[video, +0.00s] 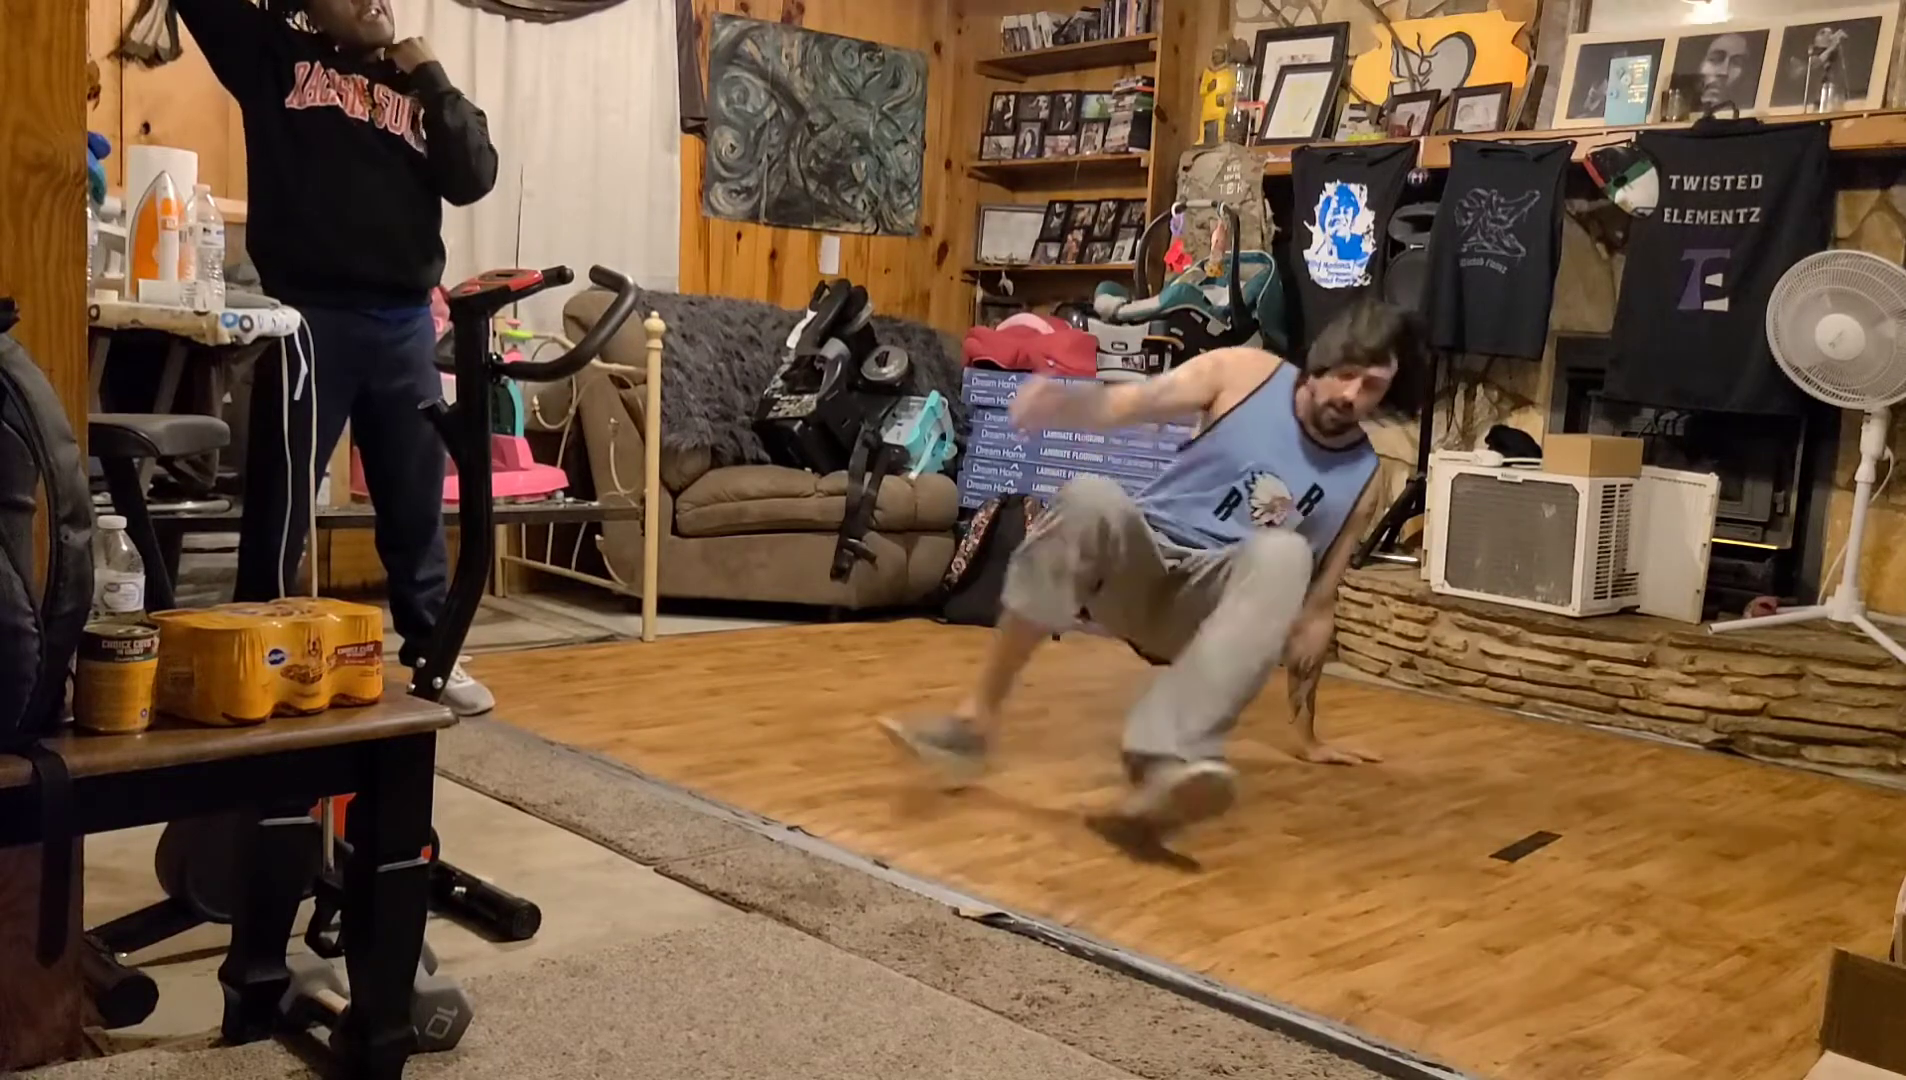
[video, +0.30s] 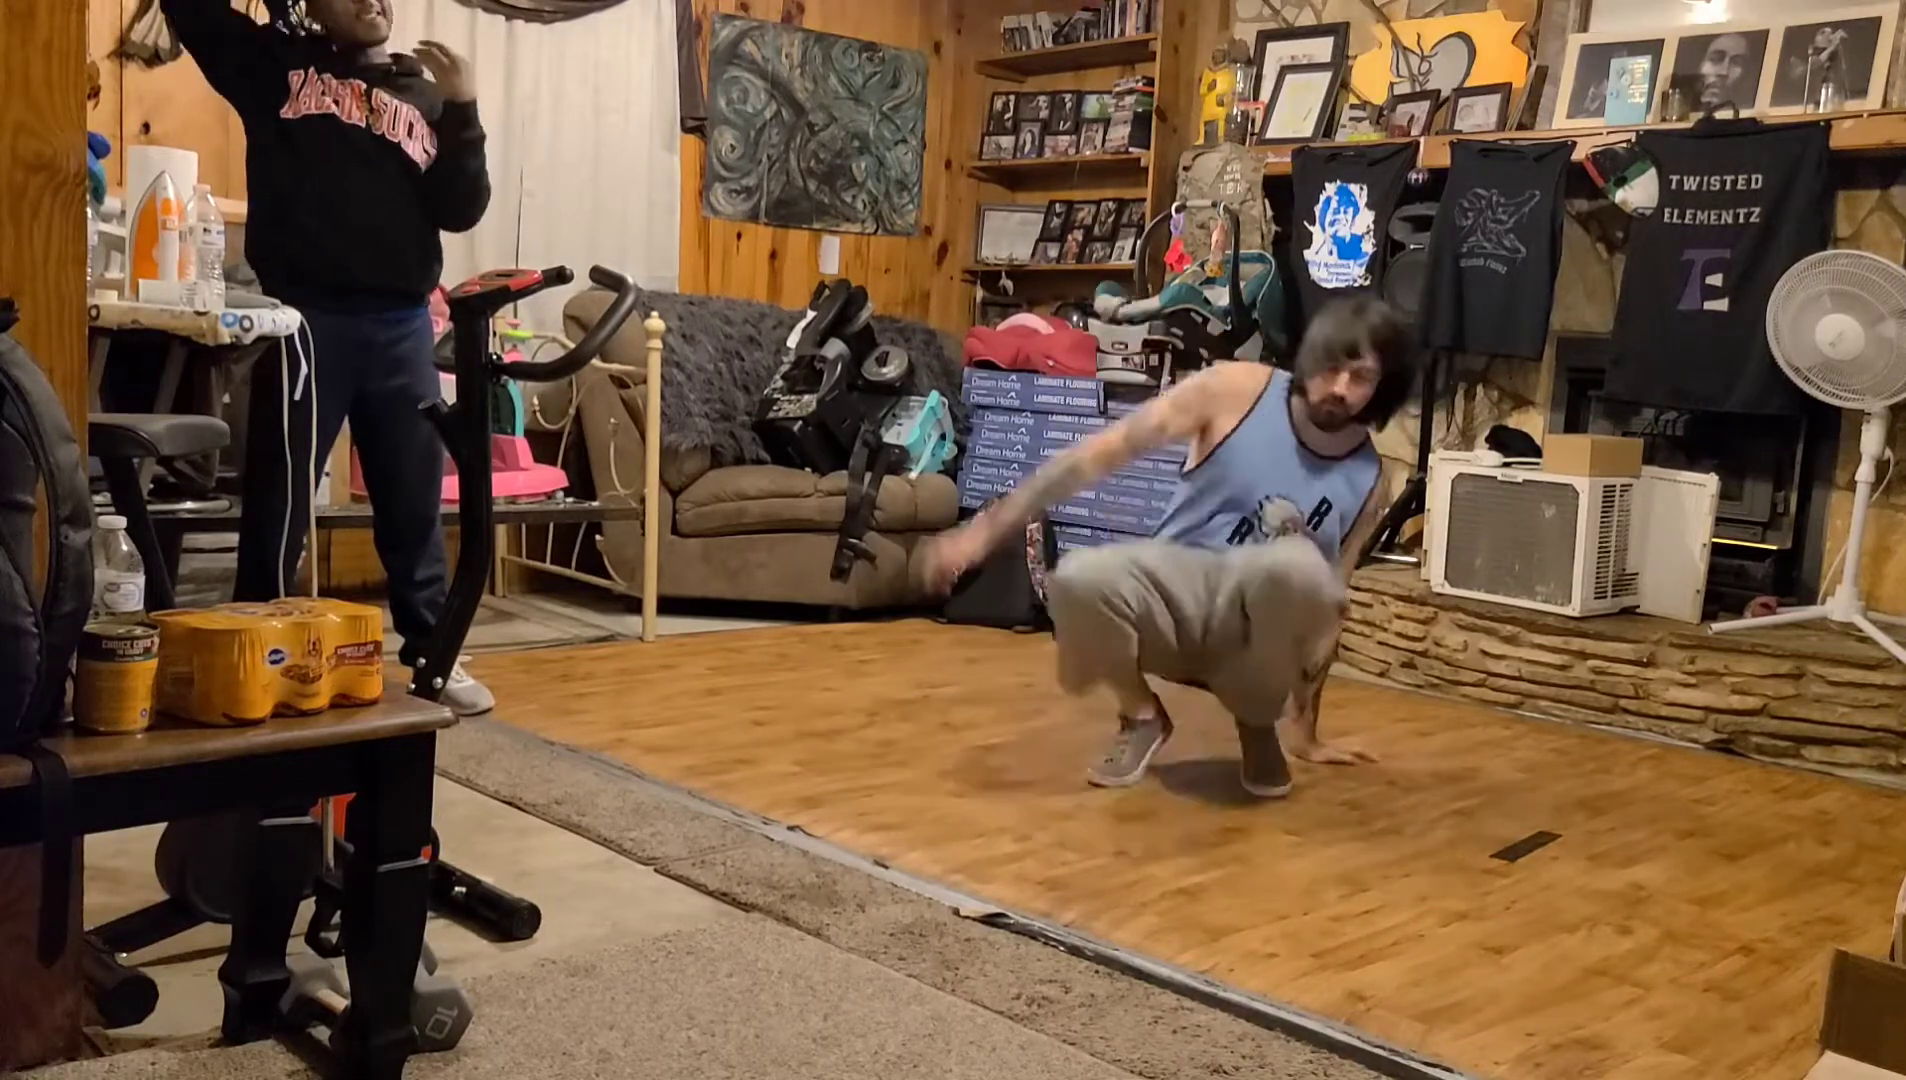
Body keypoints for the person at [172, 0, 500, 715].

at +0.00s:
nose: (378, 3)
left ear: (385, 8)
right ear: (310, 10)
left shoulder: (419, 86)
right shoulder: (272, 56)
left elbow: (472, 181)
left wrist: (430, 79)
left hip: (403, 324)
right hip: (306, 319)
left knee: (415, 502)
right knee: (280, 502)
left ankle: (433, 657)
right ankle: (256, 661)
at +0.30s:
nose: (376, 3)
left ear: (388, 8)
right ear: (313, 7)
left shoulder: (418, 94)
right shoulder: (272, 61)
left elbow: (460, 210)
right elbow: (191, 8)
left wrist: (461, 107)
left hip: (401, 325)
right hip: (302, 321)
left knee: (413, 498)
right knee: (279, 501)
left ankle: (432, 658)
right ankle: (254, 662)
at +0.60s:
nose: (396, 8)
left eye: (402, 2)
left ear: (408, 15)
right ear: (333, 1)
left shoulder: (430, 101)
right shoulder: (276, 77)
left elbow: (448, 222)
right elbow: (250, 168)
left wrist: (463, 147)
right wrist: (290, 63)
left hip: (397, 325)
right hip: (297, 324)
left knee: (414, 496)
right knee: (280, 498)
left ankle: (433, 656)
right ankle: (254, 660)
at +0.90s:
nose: (440, 14)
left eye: (442, 5)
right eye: (426, 1)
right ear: (371, 3)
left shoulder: (450, 110)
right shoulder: (298, 78)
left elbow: (461, 226)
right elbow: (274, 187)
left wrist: (492, 156)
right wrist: (354, 134)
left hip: (412, 326)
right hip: (316, 325)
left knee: (420, 498)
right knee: (291, 499)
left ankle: (430, 655)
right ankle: (261, 659)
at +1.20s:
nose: (466, 7)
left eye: (473, 1)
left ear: (478, 17)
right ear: (403, 3)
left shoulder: (490, 116)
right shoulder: (335, 83)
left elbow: (515, 235)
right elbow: (282, 180)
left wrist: (500, 176)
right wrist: (375, 162)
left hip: (441, 333)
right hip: (343, 328)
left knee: (440, 503)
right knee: (310, 496)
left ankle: (433, 660)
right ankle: (267, 655)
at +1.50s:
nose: (482, 3)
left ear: (513, 21)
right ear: (434, 6)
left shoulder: (532, 127)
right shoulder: (369, 85)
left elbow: (548, 238)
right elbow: (314, 181)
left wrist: (496, 223)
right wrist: (376, 204)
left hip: (465, 332)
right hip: (372, 323)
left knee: (449, 500)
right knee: (346, 487)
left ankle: (435, 657)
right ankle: (294, 648)